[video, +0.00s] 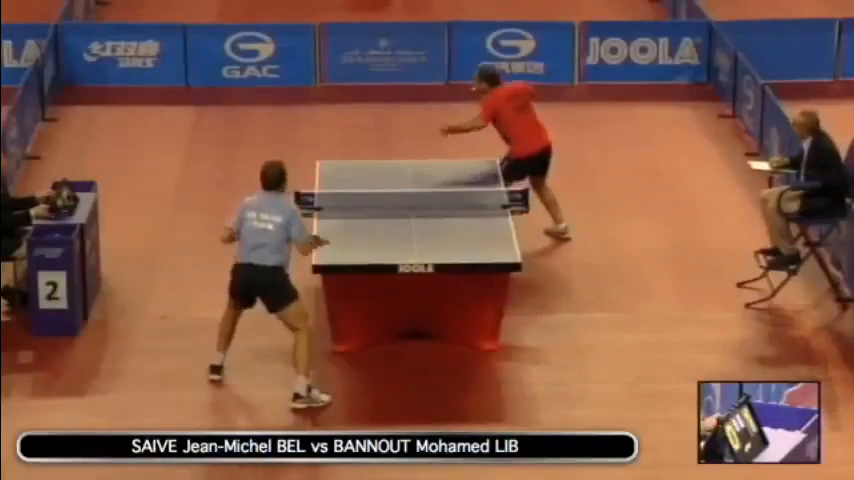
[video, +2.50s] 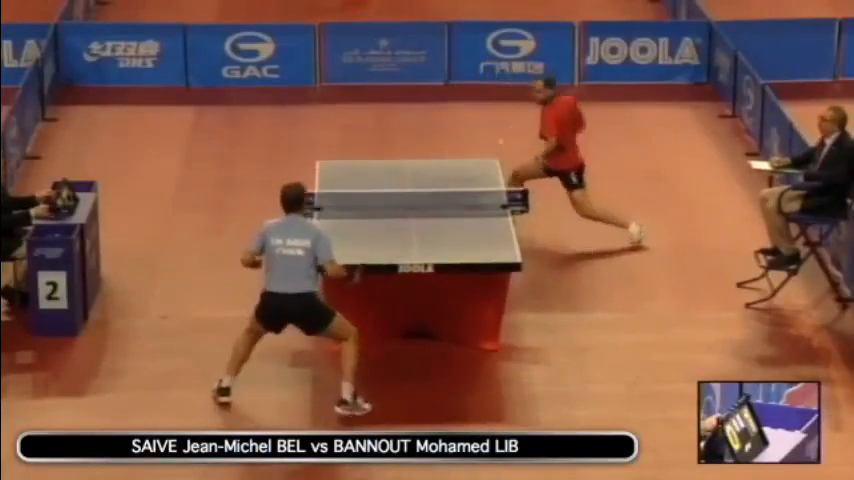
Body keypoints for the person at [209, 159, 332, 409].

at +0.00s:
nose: (285, 181)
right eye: (284, 177)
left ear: (261, 181)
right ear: (284, 182)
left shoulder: (249, 204)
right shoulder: (288, 209)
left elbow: (228, 235)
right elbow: (303, 248)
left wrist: (243, 230)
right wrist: (315, 241)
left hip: (242, 272)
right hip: (272, 275)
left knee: (232, 310)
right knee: (302, 327)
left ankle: (218, 363)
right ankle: (302, 389)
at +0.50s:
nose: (281, 176)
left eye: (279, 172)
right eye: (280, 173)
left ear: (257, 171)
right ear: (276, 176)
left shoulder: (242, 186)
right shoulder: (268, 203)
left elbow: (234, 205)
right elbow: (268, 247)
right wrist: (301, 259)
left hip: (232, 259)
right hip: (258, 265)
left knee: (219, 300)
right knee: (309, 295)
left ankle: (198, 350)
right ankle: (286, 346)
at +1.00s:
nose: (376, 206)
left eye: (370, 197)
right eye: (378, 202)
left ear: (359, 198)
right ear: (378, 206)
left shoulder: (343, 207)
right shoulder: (377, 227)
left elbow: (326, 215)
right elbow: (393, 225)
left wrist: (296, 215)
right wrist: (405, 216)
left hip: (312, 268)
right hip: (341, 275)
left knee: (275, 311)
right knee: (380, 296)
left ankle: (233, 354)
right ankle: (382, 349)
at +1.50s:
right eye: (336, 177)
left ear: (314, 178)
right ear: (336, 180)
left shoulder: (295, 200)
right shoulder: (338, 208)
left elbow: (269, 231)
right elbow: (350, 251)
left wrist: (275, 258)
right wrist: (369, 254)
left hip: (286, 265)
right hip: (315, 269)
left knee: (259, 315)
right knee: (347, 319)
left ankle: (228, 366)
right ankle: (341, 378)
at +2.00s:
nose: (307, 221)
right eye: (306, 219)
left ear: (282, 223)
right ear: (305, 223)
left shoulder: (270, 243)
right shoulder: (315, 249)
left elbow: (250, 269)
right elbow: (347, 274)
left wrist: (272, 253)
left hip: (260, 308)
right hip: (293, 313)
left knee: (236, 320)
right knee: (342, 328)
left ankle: (217, 372)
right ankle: (338, 389)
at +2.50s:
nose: (304, 203)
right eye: (304, 199)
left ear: (282, 204)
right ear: (304, 202)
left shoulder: (270, 229)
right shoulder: (314, 231)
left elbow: (246, 259)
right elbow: (331, 269)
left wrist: (263, 262)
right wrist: (344, 272)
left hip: (272, 301)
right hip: (305, 303)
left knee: (251, 334)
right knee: (350, 335)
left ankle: (225, 384)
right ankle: (348, 397)